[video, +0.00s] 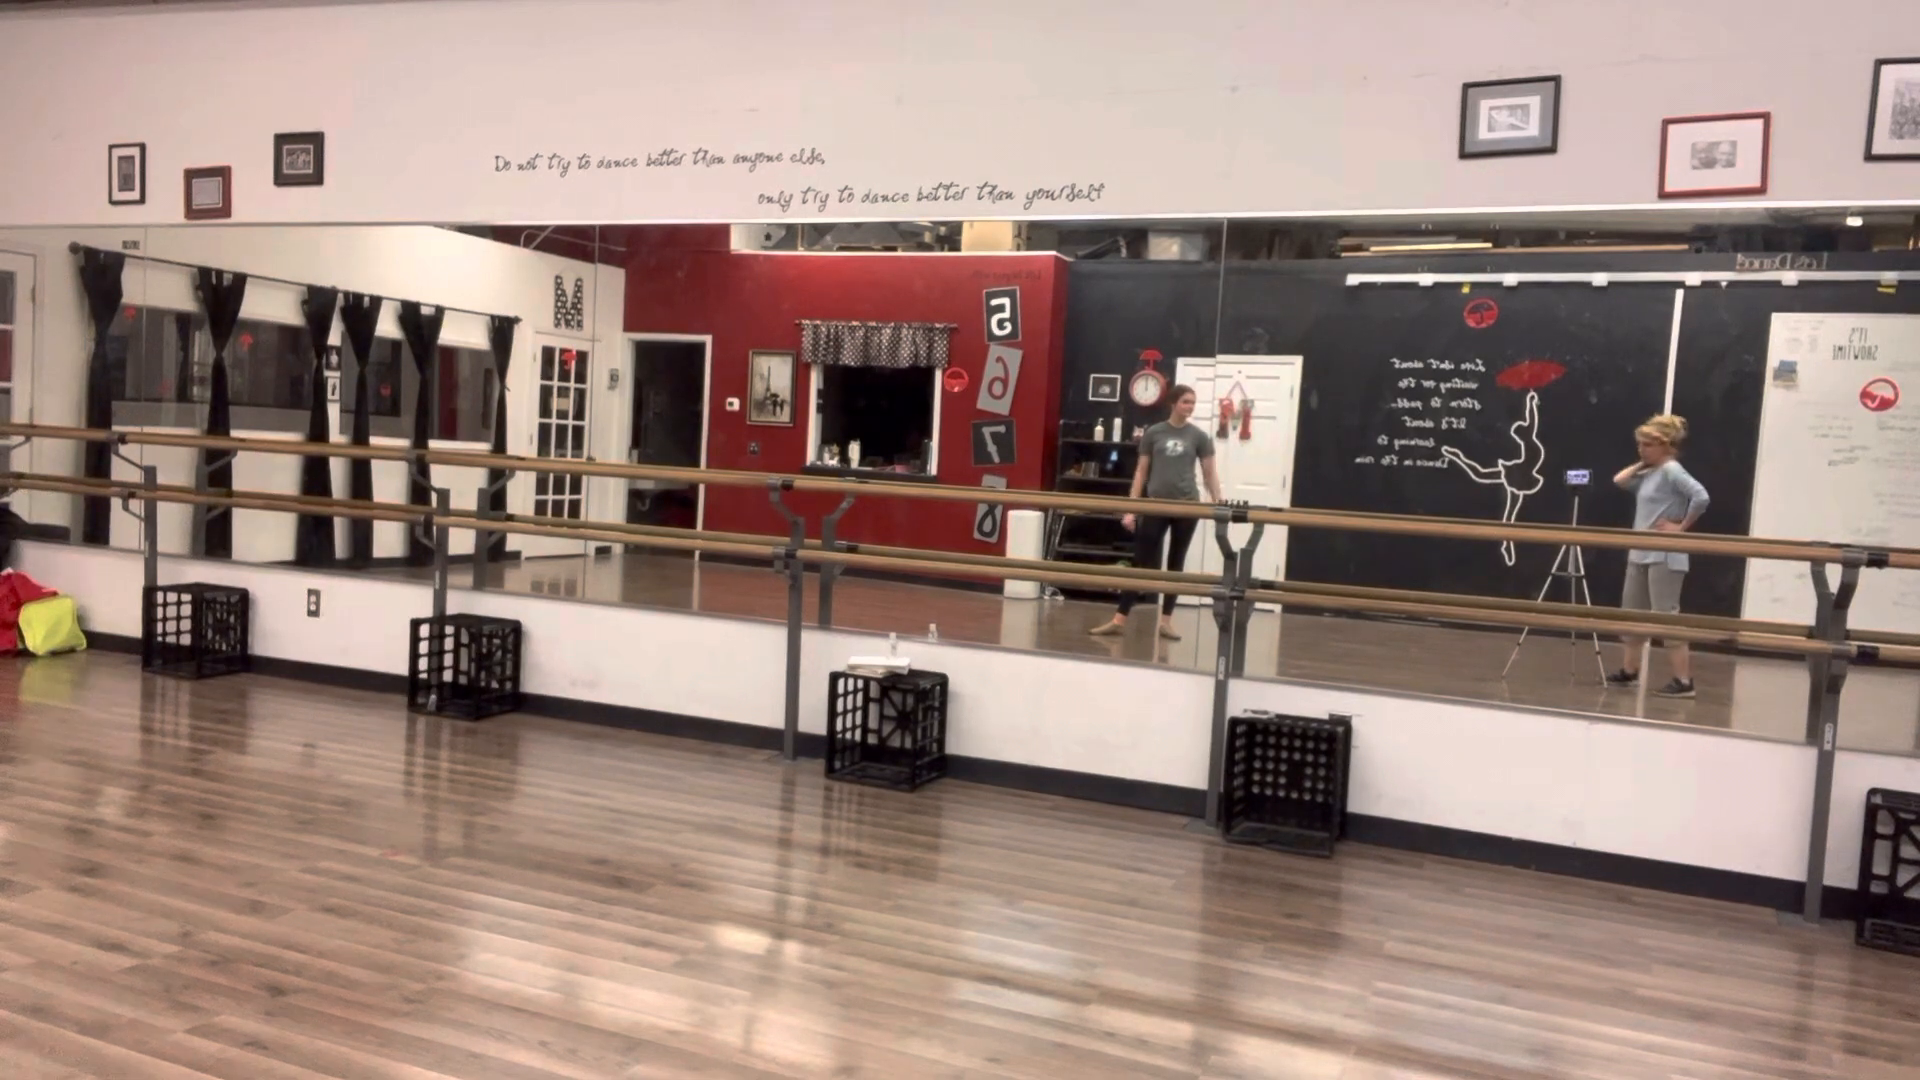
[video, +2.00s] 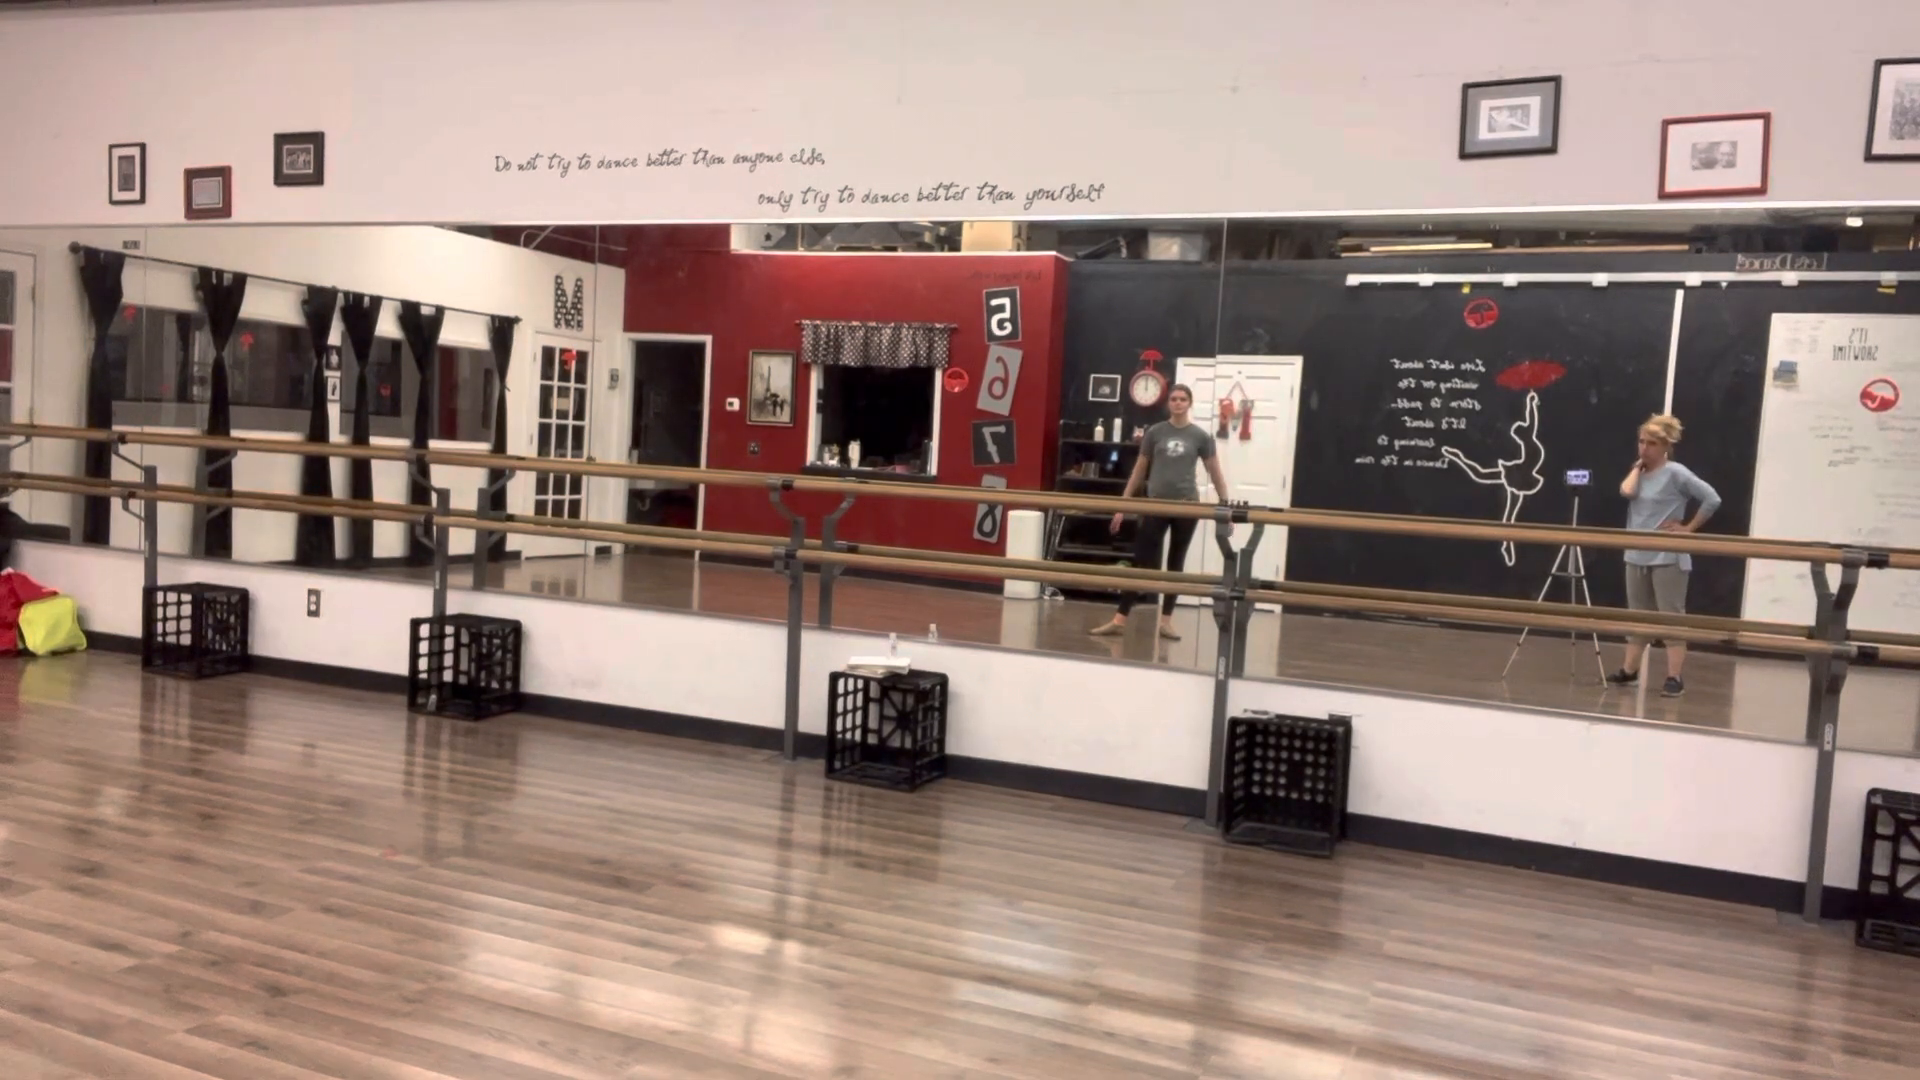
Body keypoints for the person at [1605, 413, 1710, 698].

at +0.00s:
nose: (1642, 450)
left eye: (1648, 445)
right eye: (1640, 444)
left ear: (1666, 446)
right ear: (1642, 447)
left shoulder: (1672, 470)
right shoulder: (1648, 473)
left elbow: (1700, 497)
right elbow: (1619, 480)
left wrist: (1681, 527)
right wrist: (1642, 463)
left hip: (1665, 556)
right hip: (1639, 553)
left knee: (1667, 617)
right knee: (1631, 613)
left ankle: (1682, 679)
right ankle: (1629, 670)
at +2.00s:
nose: (1643, 449)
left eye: (1650, 444)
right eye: (1641, 442)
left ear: (1665, 447)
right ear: (1639, 444)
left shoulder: (1676, 473)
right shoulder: (1637, 473)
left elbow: (1712, 499)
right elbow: (1627, 491)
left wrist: (1689, 528)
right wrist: (1638, 465)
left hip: (1668, 556)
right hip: (1636, 555)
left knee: (1671, 618)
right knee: (1637, 616)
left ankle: (1674, 677)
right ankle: (1629, 670)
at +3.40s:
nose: (1659, 444)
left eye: (1664, 439)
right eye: (1660, 439)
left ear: (1679, 445)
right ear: (1672, 444)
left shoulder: (1683, 471)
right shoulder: (1675, 471)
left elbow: (1698, 500)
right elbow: (1651, 501)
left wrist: (1688, 525)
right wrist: (1664, 471)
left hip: (1682, 554)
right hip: (1669, 552)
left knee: (1679, 615)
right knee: (1669, 614)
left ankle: (1688, 679)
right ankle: (1672, 667)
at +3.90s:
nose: (1658, 444)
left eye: (1662, 440)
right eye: (1659, 439)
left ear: (1677, 446)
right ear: (1683, 447)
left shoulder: (1670, 472)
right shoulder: (1698, 473)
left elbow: (1673, 498)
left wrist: (1665, 524)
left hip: (1670, 542)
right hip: (1693, 541)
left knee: (1642, 604)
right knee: (1679, 607)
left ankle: (1680, 655)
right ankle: (1681, 665)